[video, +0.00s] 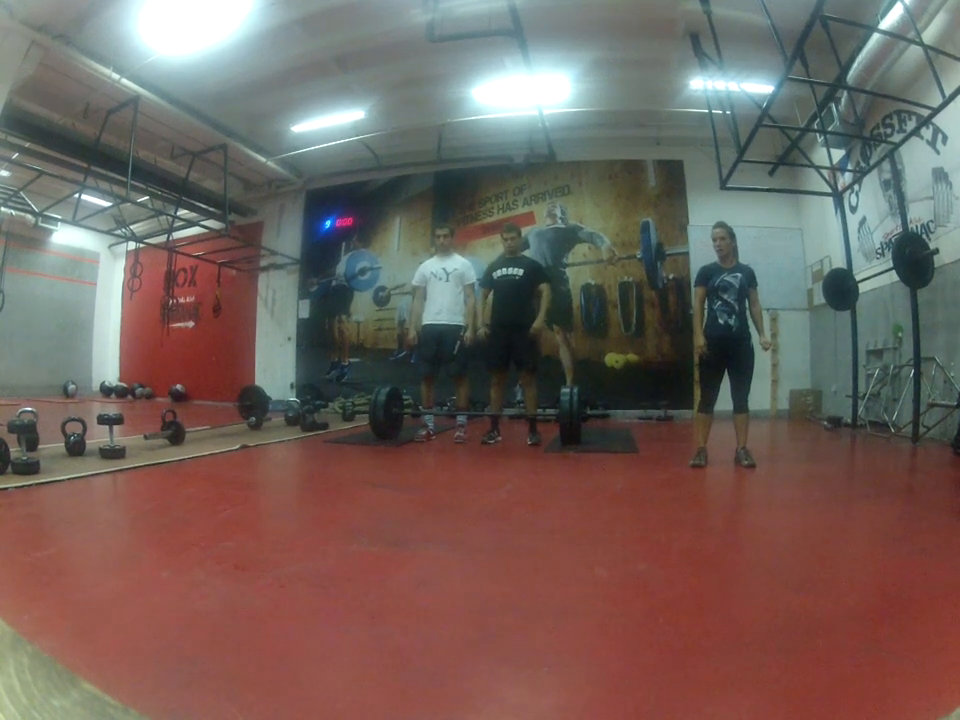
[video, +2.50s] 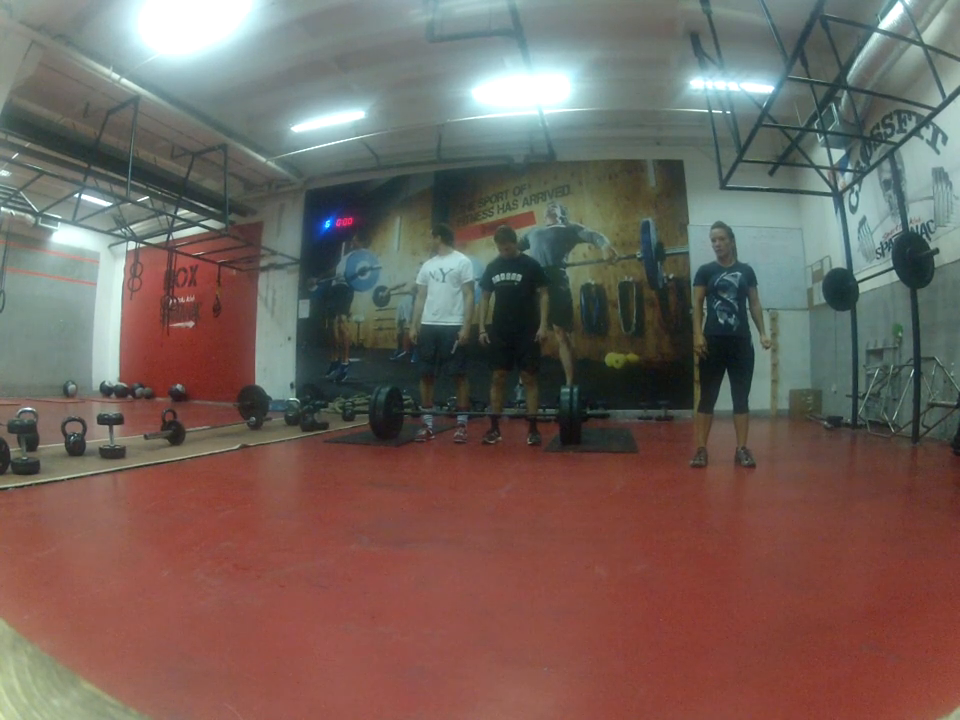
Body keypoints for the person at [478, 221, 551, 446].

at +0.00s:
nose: (509, 243)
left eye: (513, 239)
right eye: (506, 240)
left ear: (521, 240)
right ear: (501, 241)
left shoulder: (533, 265)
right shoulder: (494, 266)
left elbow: (546, 292)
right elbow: (483, 297)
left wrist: (540, 319)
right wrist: (481, 324)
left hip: (525, 329)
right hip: (499, 329)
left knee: (528, 378)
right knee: (497, 378)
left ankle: (533, 429)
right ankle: (494, 428)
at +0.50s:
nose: (505, 247)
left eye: (509, 242)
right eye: (502, 243)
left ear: (517, 241)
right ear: (497, 244)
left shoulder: (529, 264)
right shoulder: (491, 267)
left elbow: (541, 293)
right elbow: (483, 298)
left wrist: (546, 321)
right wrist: (476, 326)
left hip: (525, 329)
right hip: (498, 330)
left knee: (527, 378)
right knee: (498, 378)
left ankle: (532, 429)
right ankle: (494, 428)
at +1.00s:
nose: (508, 249)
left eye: (511, 245)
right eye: (504, 245)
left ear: (518, 243)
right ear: (498, 245)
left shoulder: (531, 266)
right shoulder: (493, 267)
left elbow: (545, 291)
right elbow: (484, 297)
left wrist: (542, 317)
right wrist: (477, 323)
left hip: (525, 329)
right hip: (498, 330)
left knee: (527, 378)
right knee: (498, 378)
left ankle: (532, 428)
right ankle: (494, 428)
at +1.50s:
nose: (508, 249)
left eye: (511, 244)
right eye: (504, 245)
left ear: (518, 243)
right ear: (499, 245)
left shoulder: (531, 266)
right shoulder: (493, 267)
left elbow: (543, 294)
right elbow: (482, 297)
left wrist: (542, 320)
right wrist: (479, 324)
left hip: (525, 329)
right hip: (498, 329)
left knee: (527, 377)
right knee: (497, 377)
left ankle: (532, 428)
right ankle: (494, 428)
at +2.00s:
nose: (507, 248)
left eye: (510, 244)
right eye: (503, 244)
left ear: (518, 243)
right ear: (498, 244)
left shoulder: (531, 266)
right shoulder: (493, 267)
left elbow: (543, 294)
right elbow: (484, 298)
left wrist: (545, 318)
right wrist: (478, 321)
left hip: (525, 329)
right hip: (499, 329)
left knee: (527, 377)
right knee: (498, 377)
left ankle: (533, 428)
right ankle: (494, 428)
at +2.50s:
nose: (504, 252)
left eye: (507, 248)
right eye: (500, 248)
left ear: (515, 243)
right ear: (496, 246)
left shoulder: (531, 265)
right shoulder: (493, 266)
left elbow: (543, 295)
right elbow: (484, 298)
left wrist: (543, 326)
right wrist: (482, 327)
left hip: (527, 330)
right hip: (501, 329)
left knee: (529, 377)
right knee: (498, 377)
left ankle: (533, 428)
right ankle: (494, 428)